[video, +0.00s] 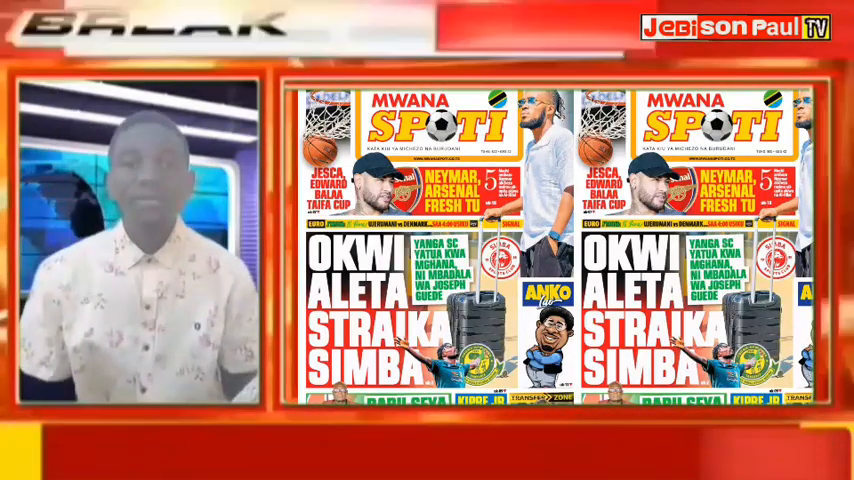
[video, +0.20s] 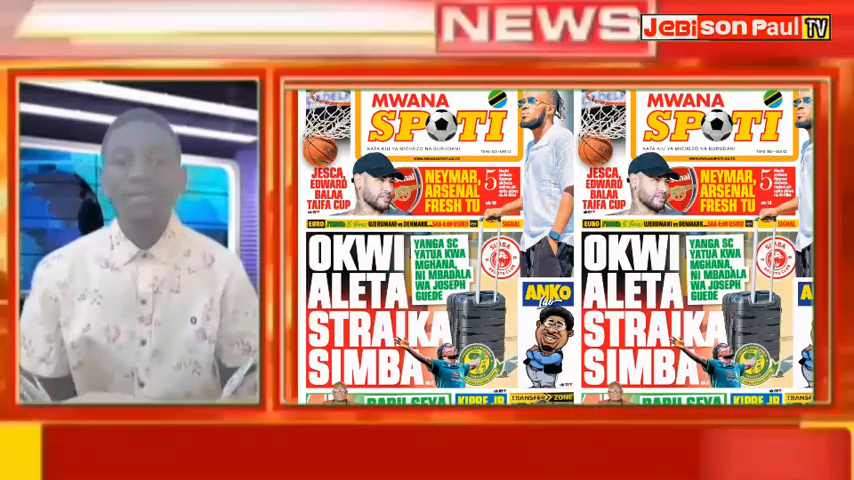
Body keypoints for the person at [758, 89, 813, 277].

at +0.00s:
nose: (799, 107)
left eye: (807, 101)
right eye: (797, 102)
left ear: (821, 107)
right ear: (794, 109)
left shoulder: (826, 149)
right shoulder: (806, 149)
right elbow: (805, 196)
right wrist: (777, 210)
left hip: (819, 240)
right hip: (804, 239)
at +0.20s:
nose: (799, 107)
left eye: (807, 101)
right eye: (797, 103)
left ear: (820, 108)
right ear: (794, 110)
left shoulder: (826, 148)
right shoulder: (806, 149)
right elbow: (805, 196)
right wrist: (777, 211)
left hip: (819, 240)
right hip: (804, 240)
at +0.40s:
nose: (799, 107)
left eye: (806, 102)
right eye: (797, 103)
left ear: (820, 108)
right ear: (794, 110)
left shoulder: (827, 148)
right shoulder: (806, 149)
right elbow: (805, 196)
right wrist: (777, 211)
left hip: (819, 239)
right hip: (804, 239)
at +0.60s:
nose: (799, 108)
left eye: (807, 101)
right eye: (797, 103)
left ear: (820, 108)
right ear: (794, 109)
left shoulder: (826, 148)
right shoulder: (806, 149)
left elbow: (833, 194)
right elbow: (805, 196)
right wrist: (777, 210)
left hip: (819, 239)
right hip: (803, 238)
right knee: (805, 299)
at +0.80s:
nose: (799, 107)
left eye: (807, 101)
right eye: (797, 102)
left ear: (820, 107)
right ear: (794, 109)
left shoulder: (827, 148)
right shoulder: (806, 149)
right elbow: (805, 196)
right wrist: (777, 211)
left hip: (821, 240)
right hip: (804, 240)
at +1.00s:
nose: (799, 107)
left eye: (807, 101)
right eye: (797, 102)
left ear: (820, 107)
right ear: (794, 109)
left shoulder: (827, 148)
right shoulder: (806, 149)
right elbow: (805, 196)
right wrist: (777, 211)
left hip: (820, 239)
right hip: (804, 239)